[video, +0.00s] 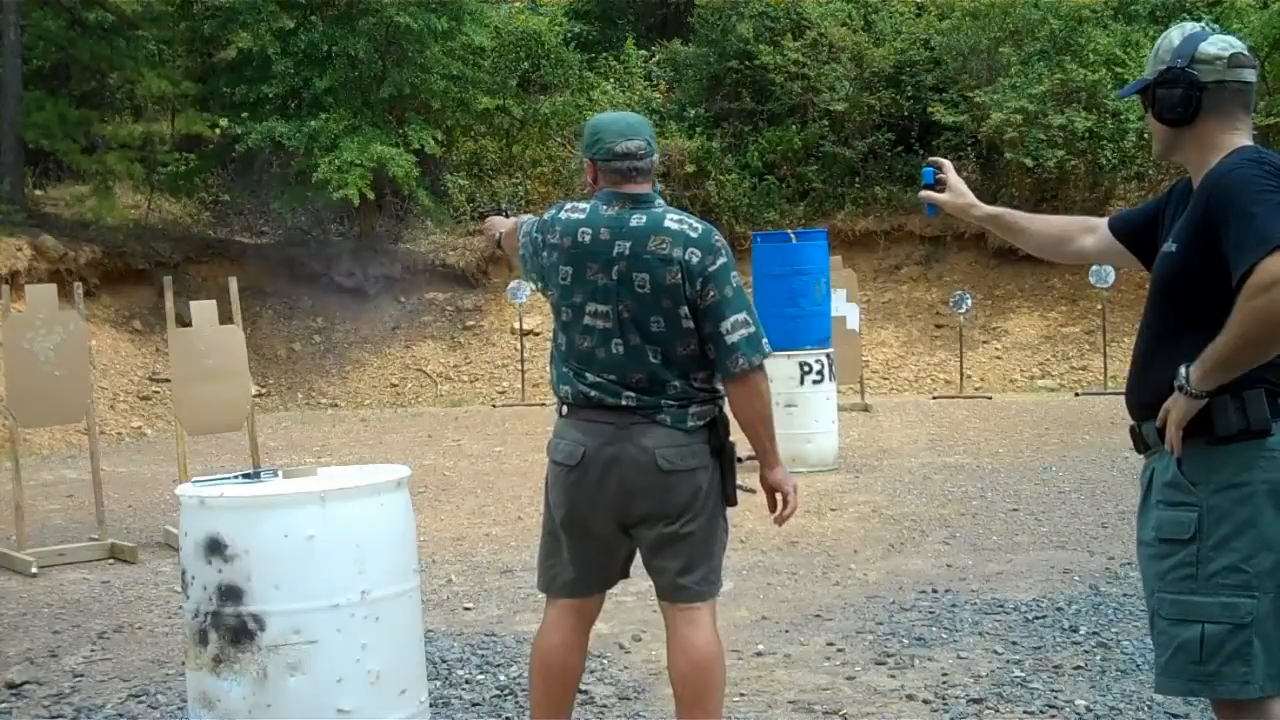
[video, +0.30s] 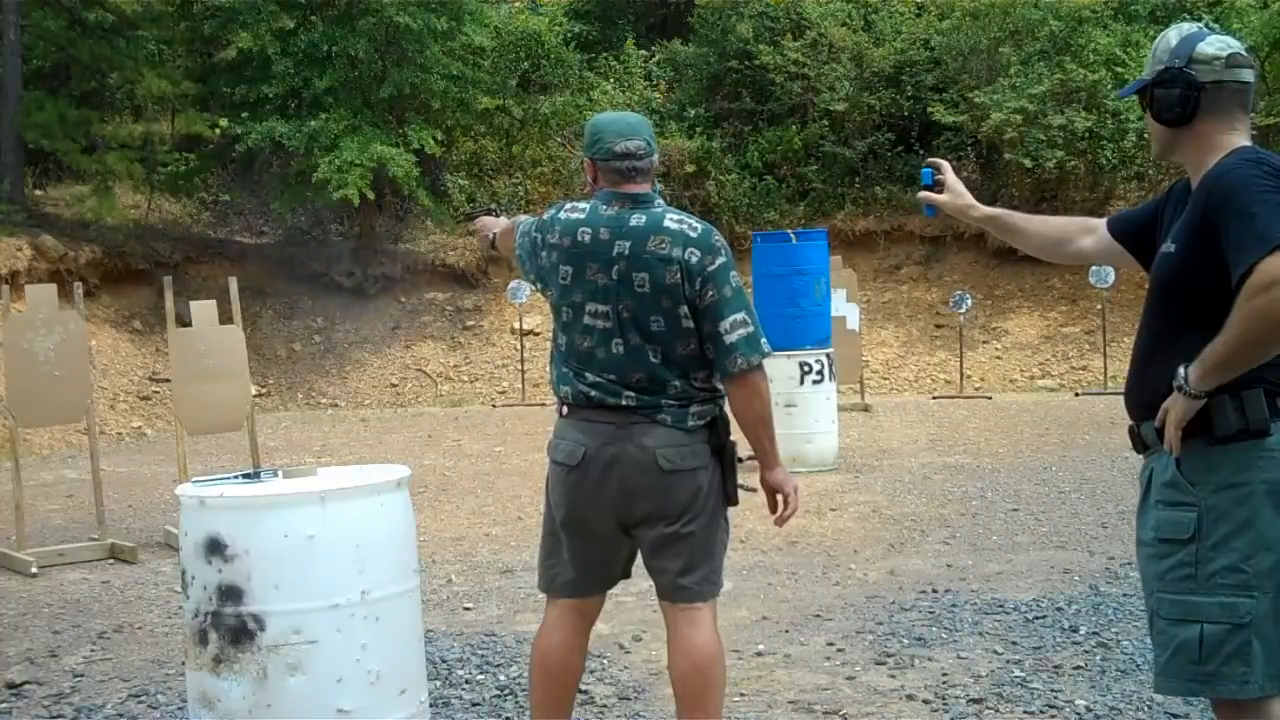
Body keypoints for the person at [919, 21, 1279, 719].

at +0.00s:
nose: (1148, 115)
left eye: (1152, 100)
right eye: (1148, 101)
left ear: (1178, 102)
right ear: (1228, 100)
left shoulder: (1245, 180)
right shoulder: (1192, 196)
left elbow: (1272, 284)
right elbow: (1086, 238)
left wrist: (1195, 383)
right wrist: (977, 211)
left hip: (1226, 463)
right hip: (1206, 458)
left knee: (1242, 692)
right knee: (1241, 685)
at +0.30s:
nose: (1147, 115)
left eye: (1152, 100)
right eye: (1148, 101)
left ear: (1177, 102)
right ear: (1228, 100)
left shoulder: (1245, 179)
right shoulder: (1190, 196)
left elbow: (1274, 284)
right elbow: (1084, 238)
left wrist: (1194, 383)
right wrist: (975, 211)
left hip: (1226, 462)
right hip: (1205, 457)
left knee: (1242, 691)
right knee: (1241, 684)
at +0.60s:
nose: (1146, 116)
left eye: (1151, 101)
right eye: (1147, 102)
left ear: (1176, 103)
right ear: (1225, 101)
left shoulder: (1243, 179)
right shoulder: (1190, 197)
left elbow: (1273, 285)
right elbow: (1084, 237)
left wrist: (1193, 383)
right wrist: (975, 212)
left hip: (1223, 464)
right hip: (1204, 459)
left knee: (1241, 691)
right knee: (1241, 685)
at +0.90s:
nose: (1146, 115)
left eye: (1151, 101)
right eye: (1147, 102)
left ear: (1176, 103)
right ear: (1225, 101)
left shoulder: (1242, 180)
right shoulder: (1189, 197)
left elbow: (1274, 284)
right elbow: (1083, 238)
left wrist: (1193, 383)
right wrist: (975, 212)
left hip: (1223, 464)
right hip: (1205, 460)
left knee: (1242, 693)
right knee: (1241, 686)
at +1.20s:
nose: (1145, 115)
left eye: (1150, 101)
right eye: (1146, 101)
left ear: (1176, 103)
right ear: (1224, 101)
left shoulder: (1242, 180)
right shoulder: (1189, 196)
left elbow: (1273, 284)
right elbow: (1085, 238)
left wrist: (1193, 383)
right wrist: (974, 212)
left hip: (1224, 462)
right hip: (1205, 456)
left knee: (1241, 689)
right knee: (1240, 683)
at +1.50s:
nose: (1145, 115)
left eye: (1150, 100)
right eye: (1146, 101)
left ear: (1177, 102)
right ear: (1223, 101)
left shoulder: (1242, 181)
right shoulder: (1191, 197)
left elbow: (1274, 283)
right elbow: (1084, 238)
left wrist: (1194, 381)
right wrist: (974, 213)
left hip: (1224, 462)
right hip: (1205, 457)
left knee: (1242, 692)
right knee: (1241, 685)